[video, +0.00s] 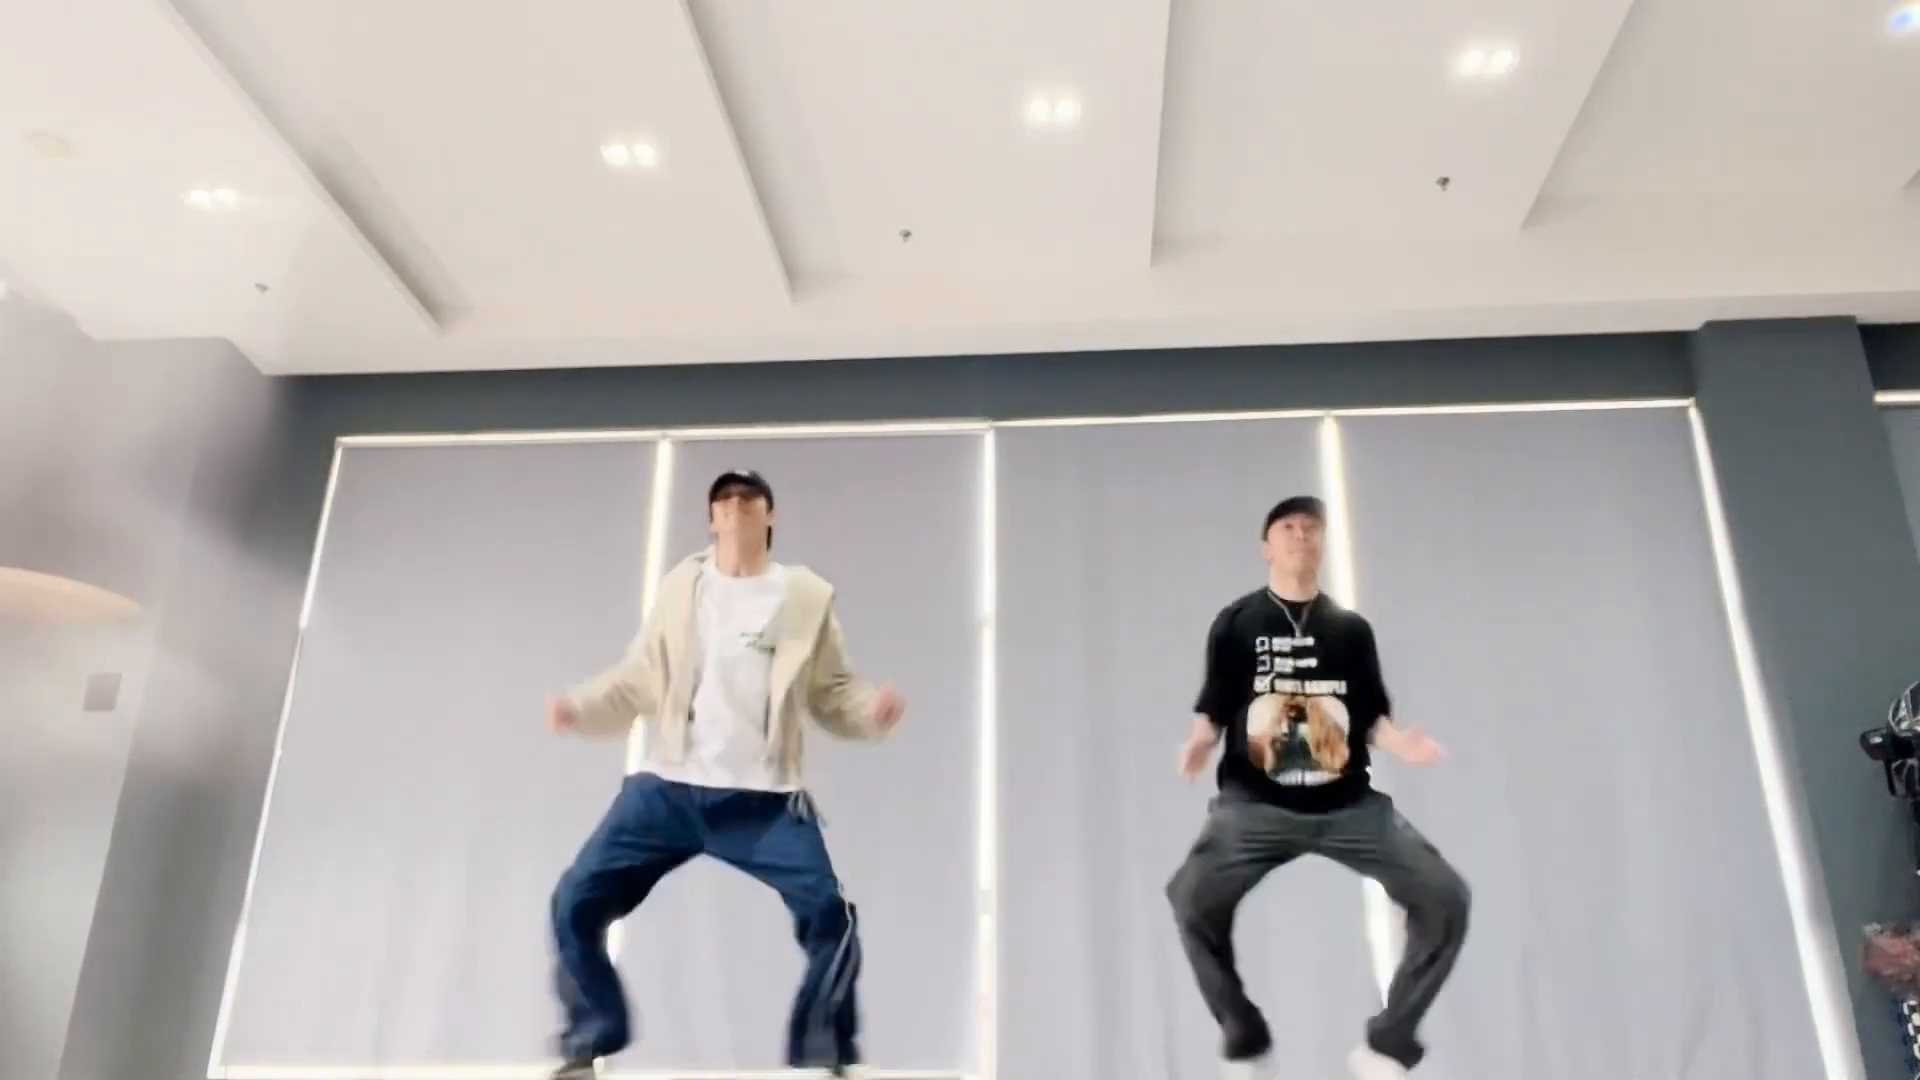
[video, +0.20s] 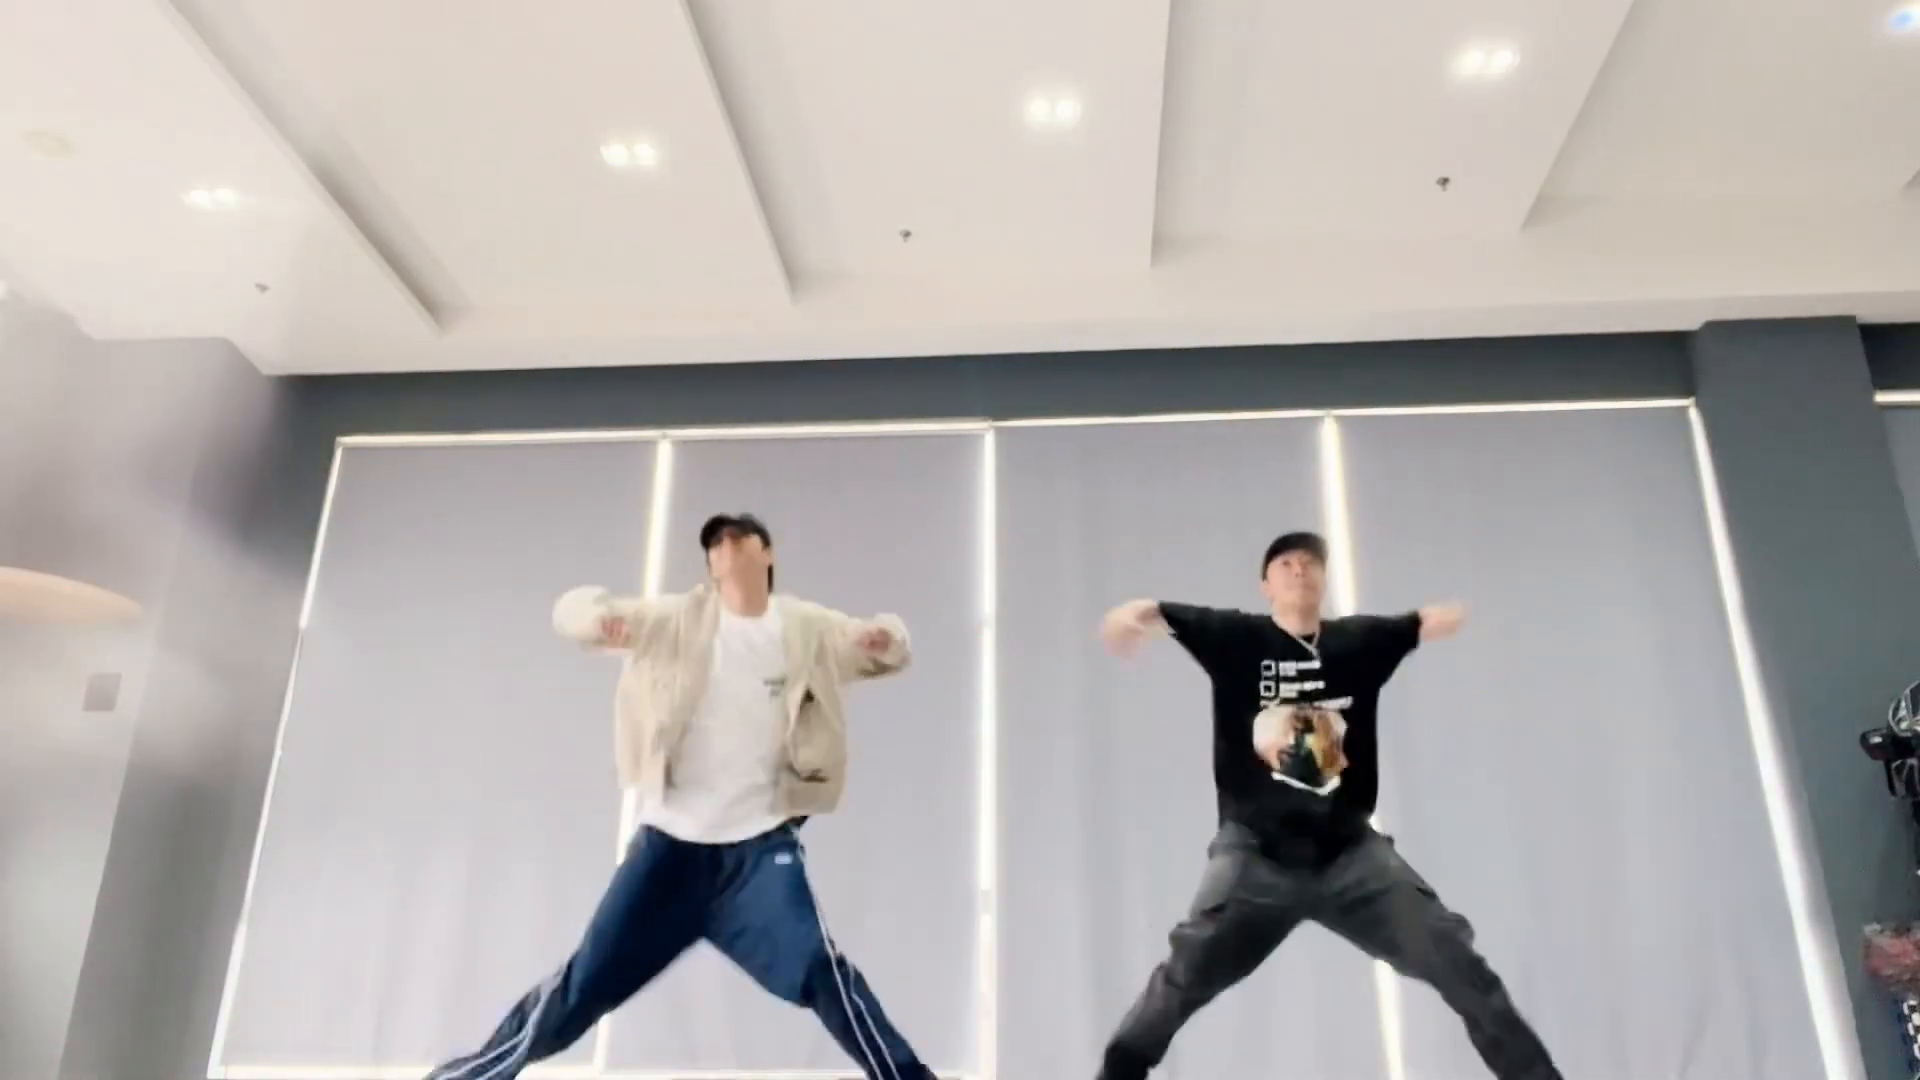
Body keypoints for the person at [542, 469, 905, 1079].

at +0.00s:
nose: (734, 506)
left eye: (749, 498)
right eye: (724, 499)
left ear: (771, 517)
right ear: (711, 520)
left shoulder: (807, 595)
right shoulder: (681, 584)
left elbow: (831, 693)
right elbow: (644, 679)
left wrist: (869, 713)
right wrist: (581, 707)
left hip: (762, 803)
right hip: (663, 795)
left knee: (828, 913)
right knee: (574, 903)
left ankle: (825, 1060)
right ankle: (590, 1046)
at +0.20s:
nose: (730, 545)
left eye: (743, 536)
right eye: (719, 540)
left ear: (769, 556)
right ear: (708, 563)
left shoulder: (807, 626)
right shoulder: (676, 617)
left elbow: (888, 652)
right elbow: (573, 607)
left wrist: (885, 644)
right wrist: (600, 621)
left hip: (763, 844)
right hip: (670, 842)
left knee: (818, 968)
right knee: (582, 985)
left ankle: (910, 1076)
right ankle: (464, 1075)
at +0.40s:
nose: (721, 485)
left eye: (731, 474)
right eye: (713, 481)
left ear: (764, 482)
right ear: (710, 495)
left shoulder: (820, 523)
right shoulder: (708, 541)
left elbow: (892, 498)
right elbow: (673, 583)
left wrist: (846, 468)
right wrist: (732, 506)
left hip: (778, 743)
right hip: (701, 737)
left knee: (770, 887)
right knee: (599, 829)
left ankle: (805, 1036)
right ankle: (619, 910)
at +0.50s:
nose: (736, 483)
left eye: (745, 474)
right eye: (723, 481)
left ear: (765, 488)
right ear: (709, 505)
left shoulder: (811, 518)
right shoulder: (710, 561)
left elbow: (858, 451)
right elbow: (701, 542)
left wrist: (804, 411)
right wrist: (709, 474)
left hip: (785, 749)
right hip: (718, 727)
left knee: (754, 915)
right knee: (637, 749)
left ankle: (753, 1057)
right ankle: (704, 853)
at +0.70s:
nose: (749, 509)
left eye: (761, 500)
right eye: (739, 501)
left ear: (783, 514)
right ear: (726, 517)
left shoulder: (809, 545)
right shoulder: (716, 577)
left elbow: (767, 571)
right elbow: (695, 653)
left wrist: (710, 623)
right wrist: (676, 725)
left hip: (802, 757)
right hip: (729, 757)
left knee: (784, 922)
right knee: (727, 908)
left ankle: (753, 1067)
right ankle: (702, 1053)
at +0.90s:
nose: (750, 462)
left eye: (764, 454)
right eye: (743, 453)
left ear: (787, 471)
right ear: (731, 470)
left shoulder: (808, 512)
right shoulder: (710, 539)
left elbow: (776, 576)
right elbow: (689, 634)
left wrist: (701, 553)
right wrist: (632, 646)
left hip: (793, 729)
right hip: (717, 724)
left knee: (784, 896)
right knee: (700, 865)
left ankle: (764, 1059)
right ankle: (694, 1031)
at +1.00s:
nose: (742, 456)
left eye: (755, 446)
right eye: (734, 446)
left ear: (778, 460)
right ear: (723, 459)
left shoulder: (805, 507)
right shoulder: (703, 517)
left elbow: (800, 587)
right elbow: (672, 575)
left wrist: (755, 509)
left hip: (787, 712)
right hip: (711, 710)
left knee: (777, 857)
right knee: (701, 874)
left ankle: (784, 956)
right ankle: (709, 1033)